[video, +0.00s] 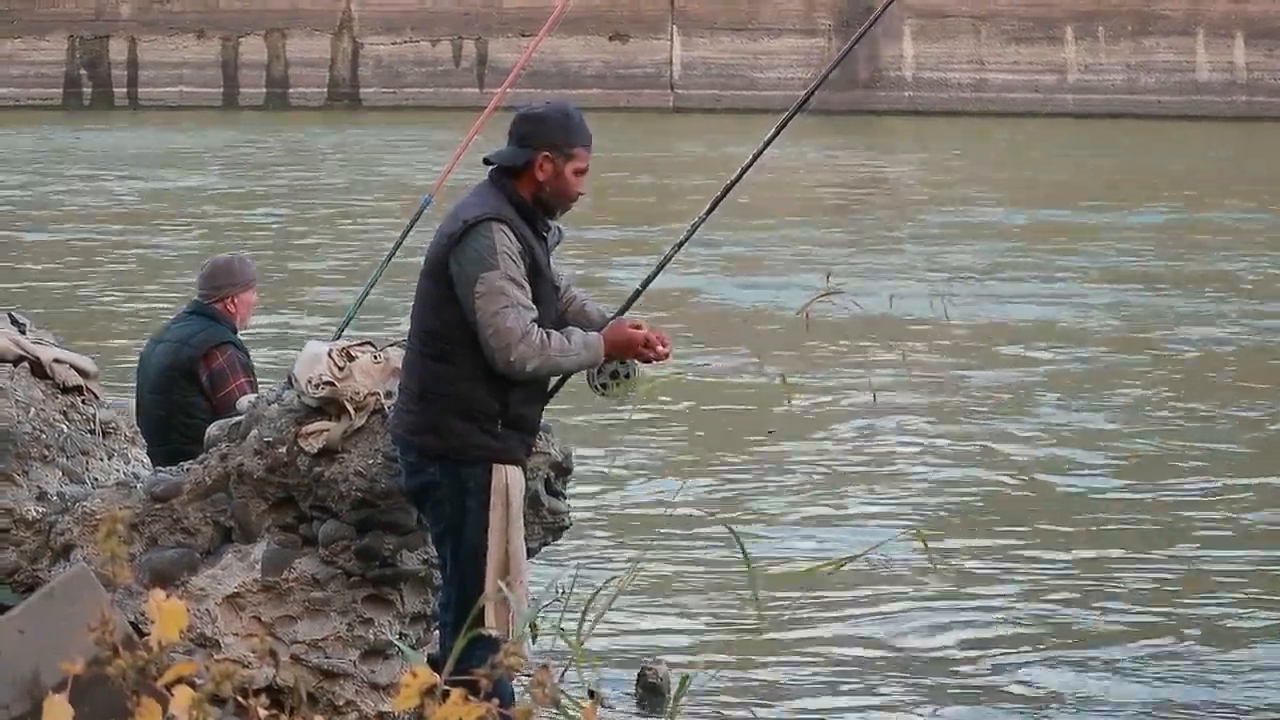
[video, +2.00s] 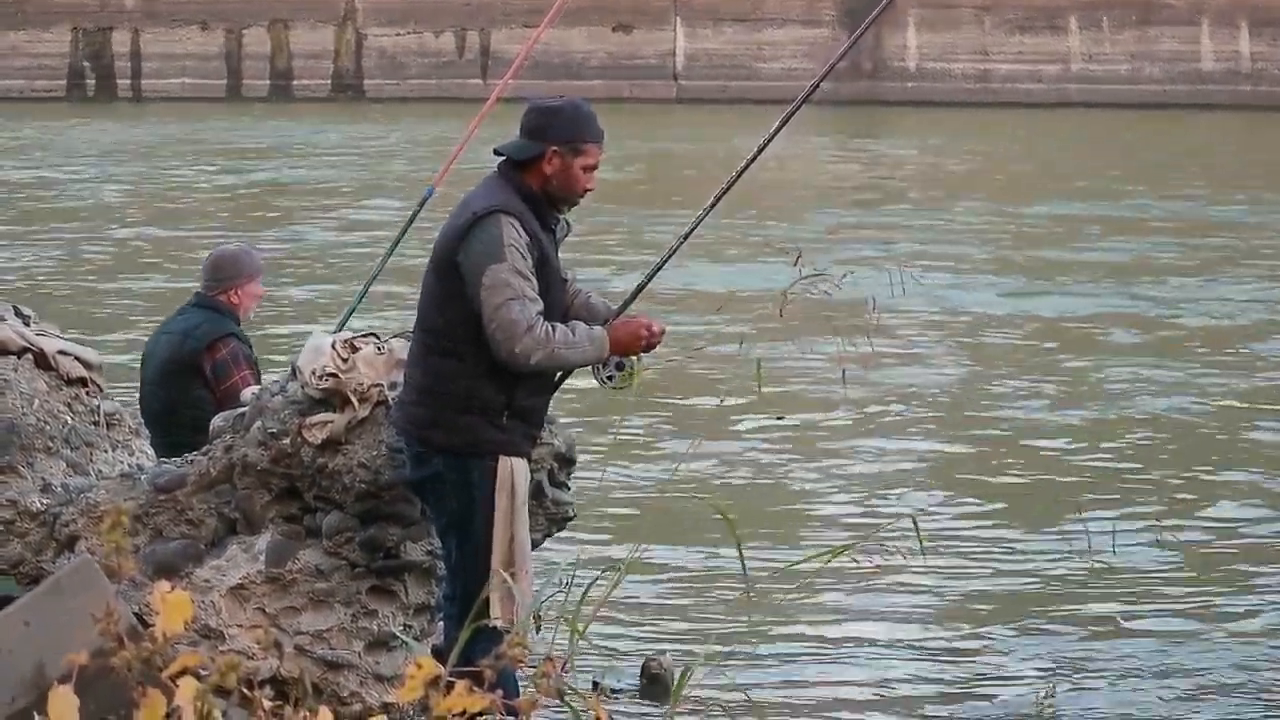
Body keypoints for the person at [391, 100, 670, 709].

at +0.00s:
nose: (584, 186)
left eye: (586, 172)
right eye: (580, 171)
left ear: (546, 164)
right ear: (543, 165)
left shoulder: (520, 227)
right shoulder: (488, 233)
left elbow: (558, 304)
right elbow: (515, 349)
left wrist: (618, 335)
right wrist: (603, 345)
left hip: (482, 446)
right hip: (456, 449)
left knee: (484, 603)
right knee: (477, 609)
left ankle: (476, 710)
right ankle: (477, 713)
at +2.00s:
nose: (592, 182)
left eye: (596, 169)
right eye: (587, 168)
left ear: (552, 160)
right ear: (549, 160)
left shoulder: (526, 217)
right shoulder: (498, 225)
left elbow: (558, 299)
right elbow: (518, 340)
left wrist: (616, 325)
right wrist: (607, 339)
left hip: (481, 439)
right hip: (457, 443)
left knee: (489, 593)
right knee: (478, 599)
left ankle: (487, 708)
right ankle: (475, 711)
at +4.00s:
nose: (599, 178)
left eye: (602, 165)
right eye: (595, 164)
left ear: (561, 156)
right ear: (560, 156)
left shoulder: (534, 215)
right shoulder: (505, 222)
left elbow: (564, 294)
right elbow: (518, 339)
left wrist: (621, 322)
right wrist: (606, 351)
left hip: (493, 432)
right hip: (468, 437)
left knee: (496, 591)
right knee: (489, 596)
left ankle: (492, 709)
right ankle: (487, 711)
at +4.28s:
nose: (597, 181)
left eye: (601, 168)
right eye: (592, 168)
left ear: (559, 159)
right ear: (554, 159)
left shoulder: (532, 216)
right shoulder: (504, 224)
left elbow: (561, 296)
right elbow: (522, 340)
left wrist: (619, 322)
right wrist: (608, 354)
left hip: (492, 433)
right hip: (468, 438)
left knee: (496, 589)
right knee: (489, 594)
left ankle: (489, 707)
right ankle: (486, 709)